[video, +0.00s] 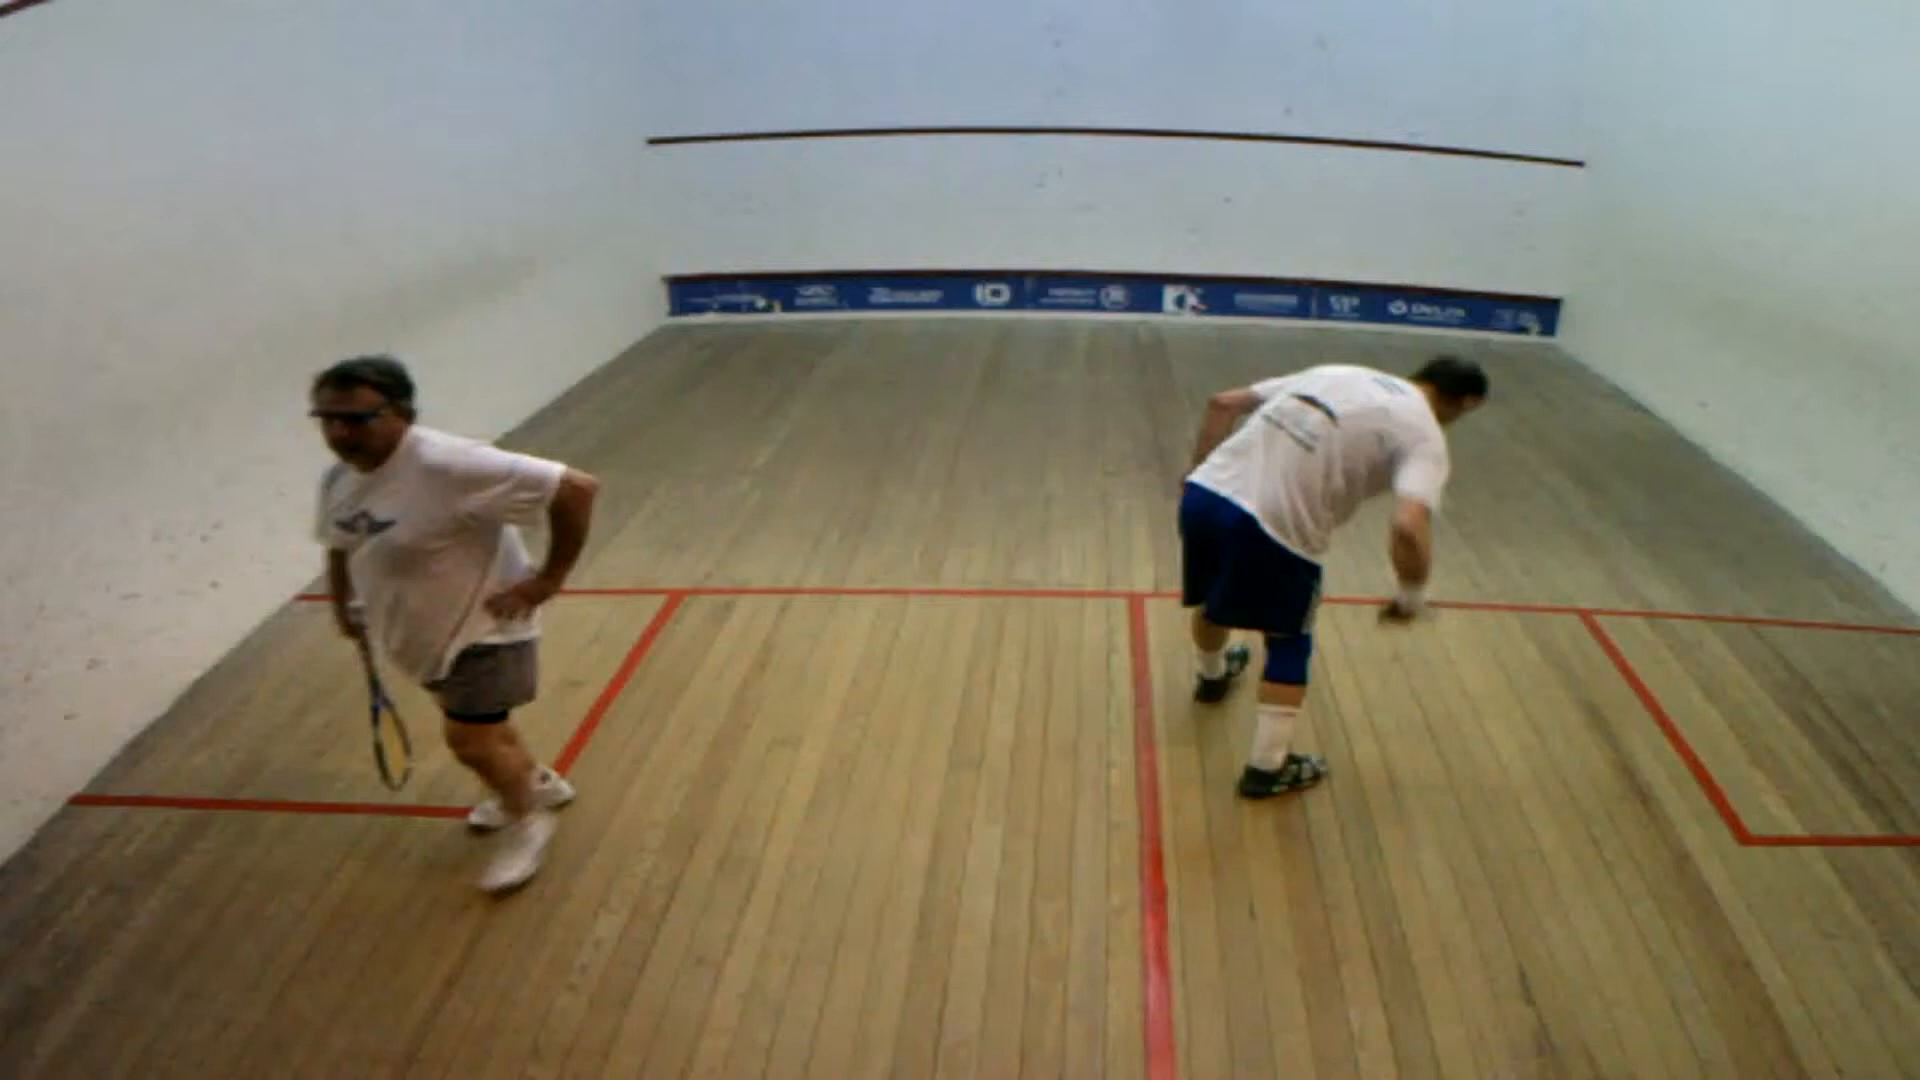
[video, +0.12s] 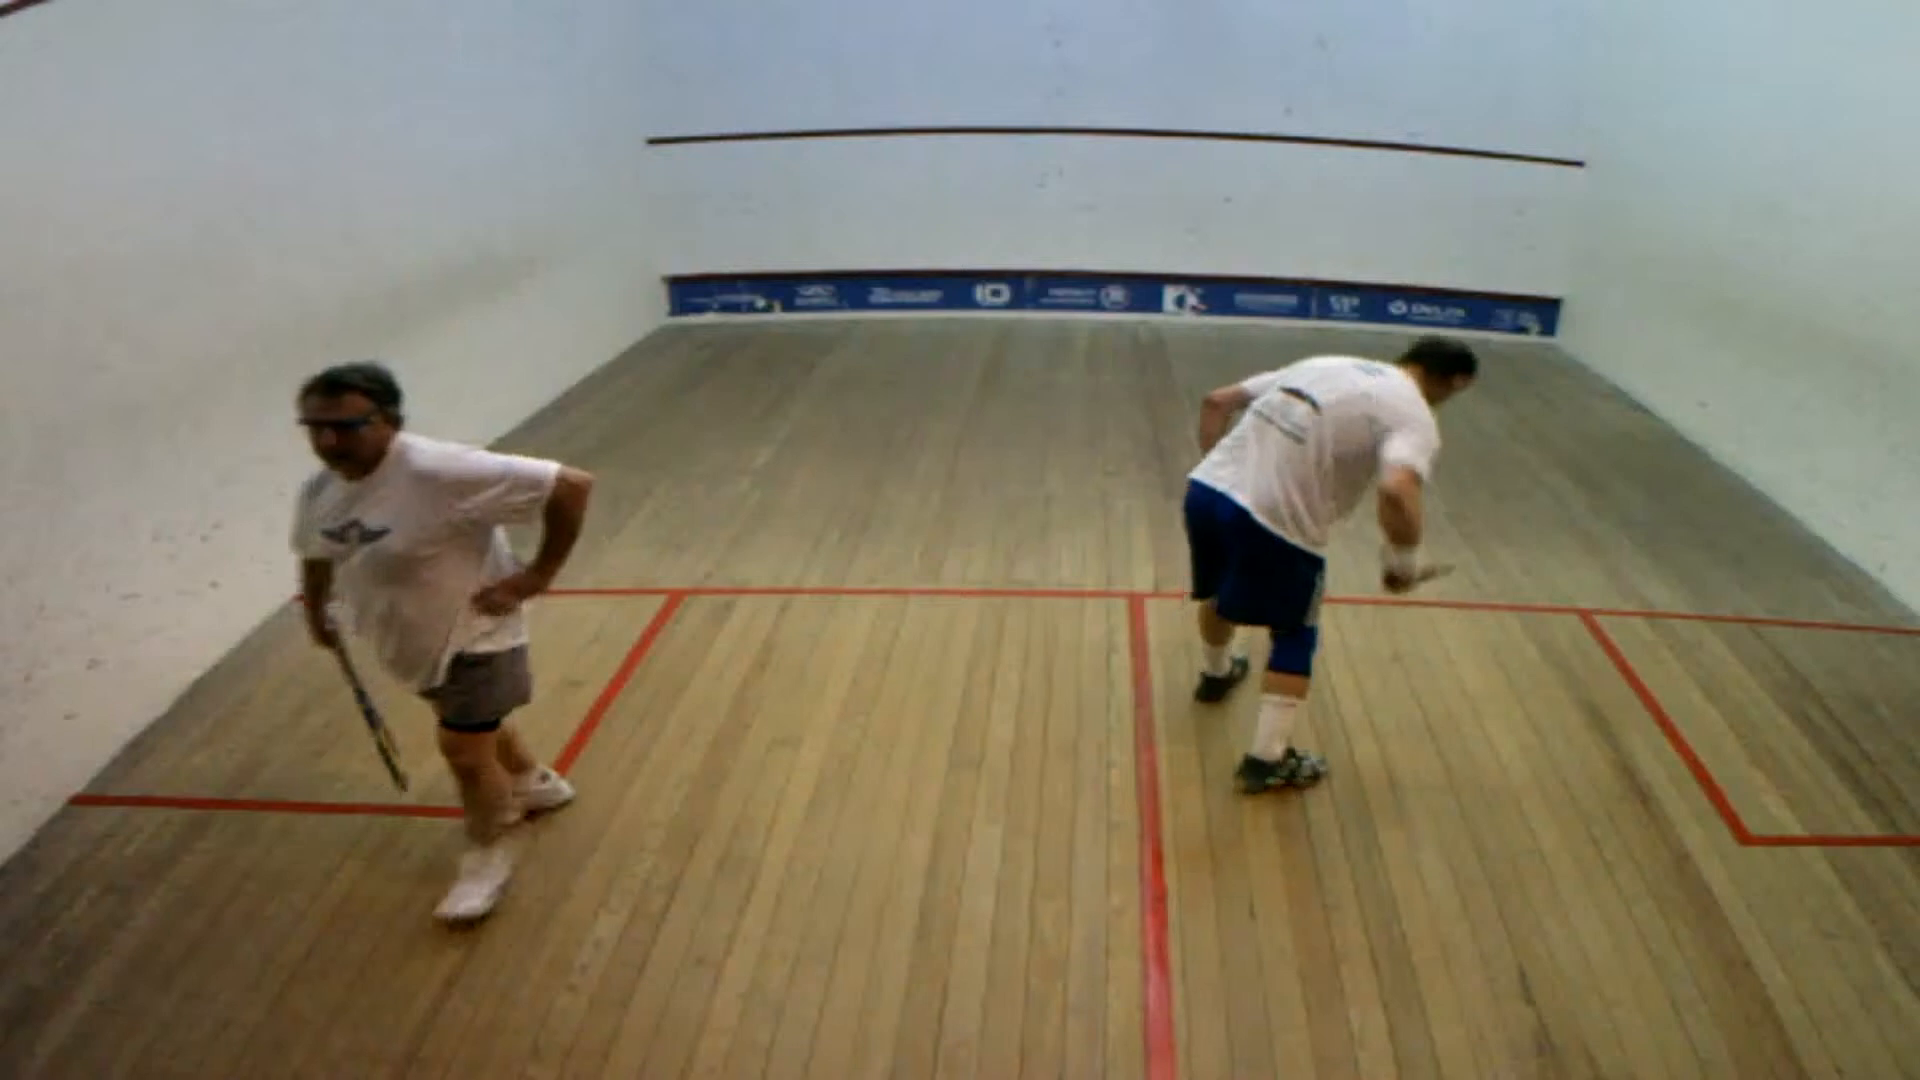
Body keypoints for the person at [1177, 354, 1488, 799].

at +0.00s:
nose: (1457, 420)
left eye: (1464, 413)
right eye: (1464, 411)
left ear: (1422, 374)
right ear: (1458, 402)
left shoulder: (1340, 373)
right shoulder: (1425, 436)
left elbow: (1224, 403)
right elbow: (1408, 527)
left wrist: (1200, 471)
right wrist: (1410, 596)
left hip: (1205, 498)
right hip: (1277, 532)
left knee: (1211, 595)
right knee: (1288, 643)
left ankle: (1211, 675)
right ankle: (1267, 765)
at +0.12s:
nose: (1447, 400)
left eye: (1454, 392)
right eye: (1454, 391)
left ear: (1412, 358)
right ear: (1448, 381)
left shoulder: (1332, 364)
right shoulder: (1415, 416)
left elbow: (1218, 401)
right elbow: (1396, 489)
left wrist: (1217, 470)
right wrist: (1402, 564)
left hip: (1208, 492)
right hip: (1280, 525)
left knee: (1220, 591)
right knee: (1294, 637)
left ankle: (1214, 674)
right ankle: (1267, 757)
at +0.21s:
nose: (1430, 375)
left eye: (1437, 366)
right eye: (1435, 364)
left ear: (1392, 334)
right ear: (1427, 353)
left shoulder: (1318, 347)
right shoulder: (1399, 384)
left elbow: (1224, 405)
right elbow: (1372, 448)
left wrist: (1254, 460)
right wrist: (1391, 522)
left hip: (1214, 484)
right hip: (1282, 511)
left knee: (1230, 580)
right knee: (1312, 615)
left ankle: (1216, 671)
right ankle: (1264, 726)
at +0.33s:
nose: (1417, 348)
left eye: (1423, 339)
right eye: (1422, 338)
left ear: (1373, 312)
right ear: (1412, 331)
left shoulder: (1307, 333)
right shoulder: (1385, 362)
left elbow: (1260, 402)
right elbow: (1355, 424)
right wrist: (1375, 498)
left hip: (1223, 477)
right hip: (1290, 498)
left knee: (1234, 571)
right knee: (1327, 595)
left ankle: (1216, 671)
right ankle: (1261, 695)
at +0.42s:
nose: (1409, 327)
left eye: (1414, 319)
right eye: (1412, 317)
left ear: (1363, 296)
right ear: (1401, 310)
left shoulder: (1300, 324)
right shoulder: (1376, 346)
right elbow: (1343, 414)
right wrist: (1373, 485)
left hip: (1233, 473)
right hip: (1298, 492)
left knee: (1238, 565)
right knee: (1342, 578)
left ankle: (1215, 671)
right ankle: (1274, 671)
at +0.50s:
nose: (1412, 318)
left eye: (1417, 309)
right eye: (1414, 308)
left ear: (1361, 289)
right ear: (1402, 301)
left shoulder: (1303, 320)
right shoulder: (1373, 341)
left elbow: (1282, 394)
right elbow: (1338, 411)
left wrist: (1357, 414)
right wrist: (1378, 476)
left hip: (1242, 470)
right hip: (1310, 489)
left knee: (1241, 563)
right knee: (1351, 569)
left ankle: (1216, 668)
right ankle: (1298, 663)